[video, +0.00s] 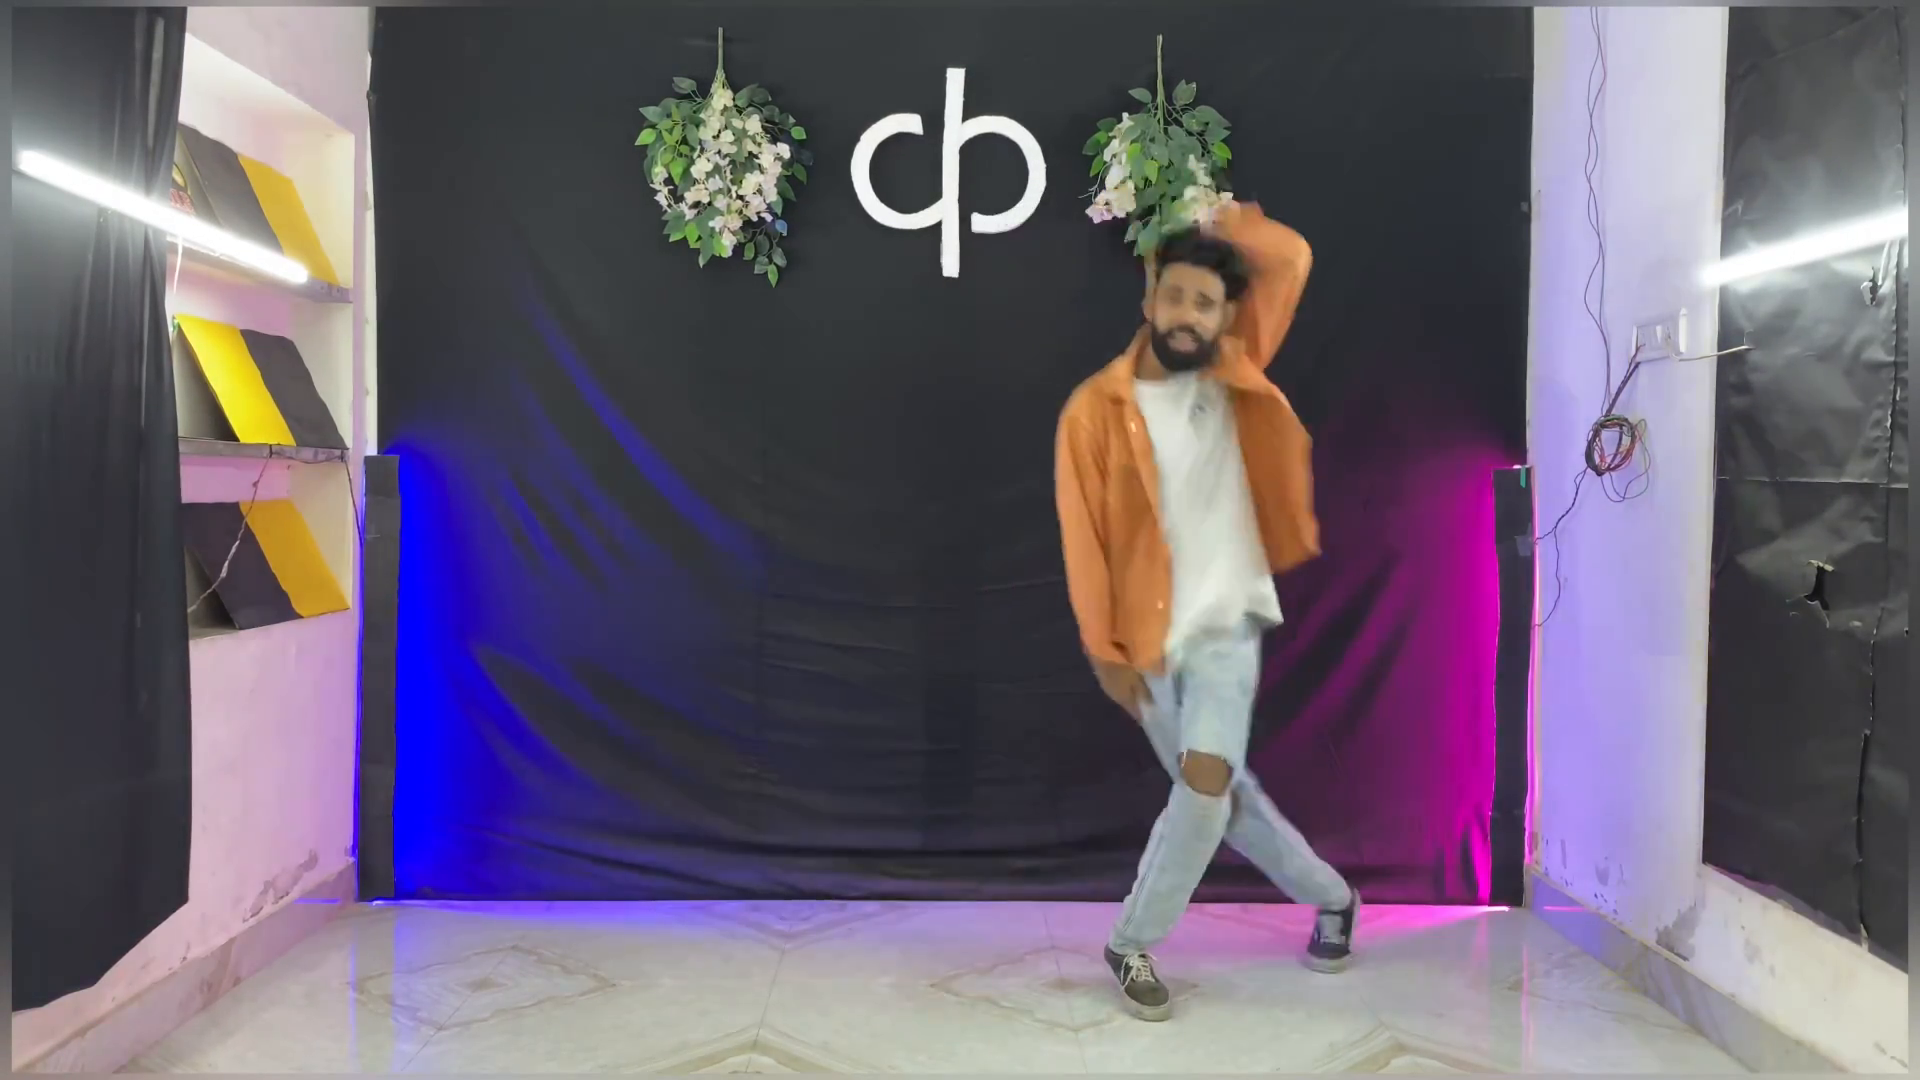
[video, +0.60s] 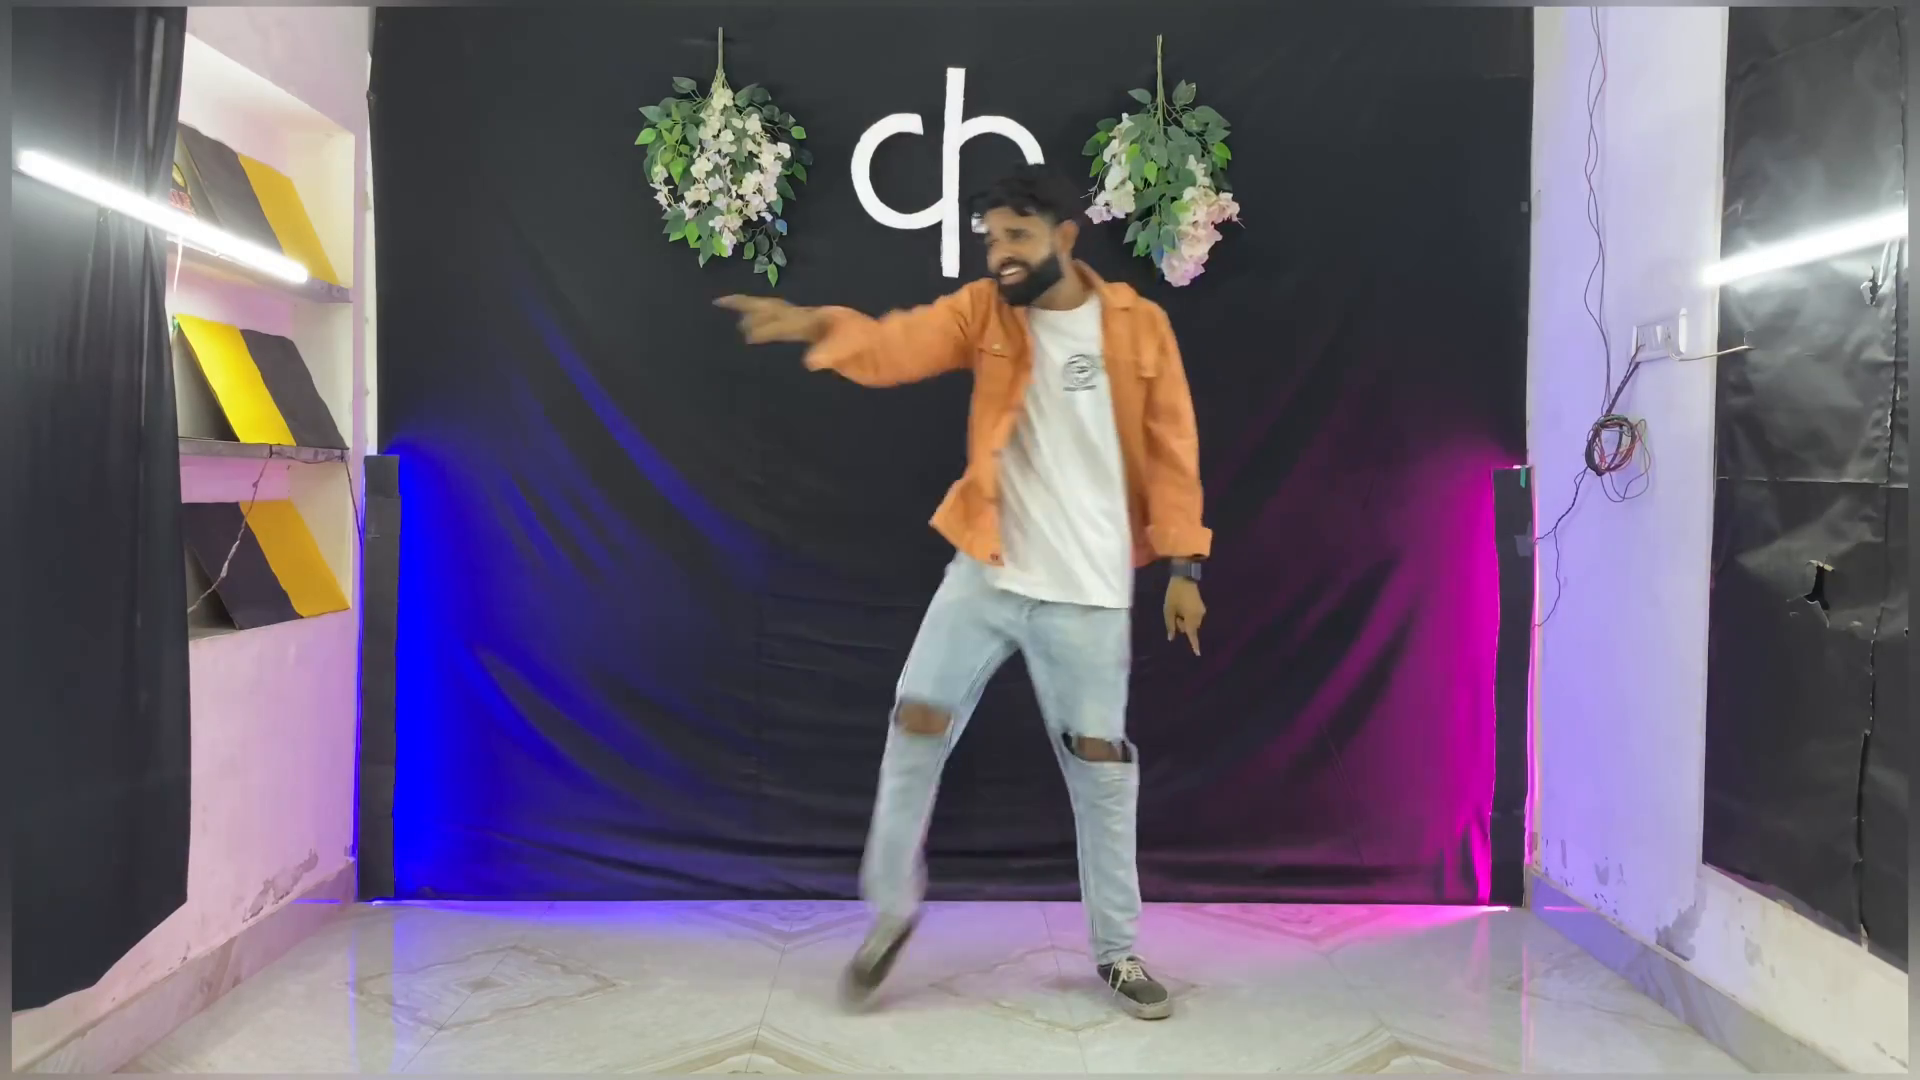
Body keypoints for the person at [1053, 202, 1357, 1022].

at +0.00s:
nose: (1188, 316)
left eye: (1205, 302)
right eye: (1174, 296)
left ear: (1227, 313)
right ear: (1148, 301)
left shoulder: (1239, 376)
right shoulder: (1097, 406)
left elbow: (1291, 260)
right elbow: (1081, 535)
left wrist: (1220, 217)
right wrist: (1102, 648)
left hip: (1230, 610)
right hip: (1143, 624)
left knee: (1208, 776)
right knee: (1214, 789)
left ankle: (1132, 942)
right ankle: (1331, 899)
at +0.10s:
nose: (1172, 334)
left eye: (1192, 320)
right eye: (1162, 317)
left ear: (1232, 331)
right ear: (1150, 324)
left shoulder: (1250, 393)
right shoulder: (1110, 432)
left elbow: (1328, 318)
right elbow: (1098, 558)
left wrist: (1256, 314)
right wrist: (1115, 669)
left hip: (1240, 636)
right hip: (1152, 648)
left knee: (1215, 789)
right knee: (1231, 810)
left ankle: (1131, 944)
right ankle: (1342, 902)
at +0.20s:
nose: (1152, 306)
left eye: (1172, 292)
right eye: (1144, 290)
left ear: (1216, 300)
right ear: (1136, 294)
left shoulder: (1245, 381)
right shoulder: (1109, 379)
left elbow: (1334, 401)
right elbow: (1068, 496)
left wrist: (1251, 338)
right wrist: (1086, 615)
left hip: (1216, 605)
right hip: (1126, 611)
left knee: (1196, 769)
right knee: (1204, 778)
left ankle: (1129, 946)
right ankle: (1329, 894)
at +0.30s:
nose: (1119, 275)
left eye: (1138, 260)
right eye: (1111, 259)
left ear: (1187, 264)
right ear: (1102, 261)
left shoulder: (1221, 358)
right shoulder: (1074, 335)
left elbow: (1274, 477)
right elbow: (995, 417)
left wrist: (1250, 414)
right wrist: (1050, 506)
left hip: (1185, 600)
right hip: (1094, 592)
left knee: (1162, 762)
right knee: (1110, 782)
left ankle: (1125, 952)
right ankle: (1253, 834)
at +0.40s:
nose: (1081, 257)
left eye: (1099, 242)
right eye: (1072, 243)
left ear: (1149, 244)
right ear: (1066, 247)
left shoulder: (1204, 349)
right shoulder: (1039, 323)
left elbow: (1221, 452)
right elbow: (960, 375)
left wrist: (1226, 496)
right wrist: (993, 404)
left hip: (1158, 599)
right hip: (1058, 584)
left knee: (1148, 772)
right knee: (1020, 741)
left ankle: (1123, 952)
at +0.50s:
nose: (1041, 250)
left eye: (1059, 233)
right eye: (1032, 235)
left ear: (1109, 233)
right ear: (1027, 236)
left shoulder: (1173, 330)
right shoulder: (1013, 313)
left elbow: (1199, 454)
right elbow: (942, 389)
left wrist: (1202, 550)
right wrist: (914, 345)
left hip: (1121, 581)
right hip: (1022, 560)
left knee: (1125, 758)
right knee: (953, 697)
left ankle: (1123, 948)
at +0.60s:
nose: (1001, 254)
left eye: (1018, 237)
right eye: (991, 239)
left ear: (1065, 233)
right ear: (986, 241)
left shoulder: (1137, 324)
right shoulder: (986, 312)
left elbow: (1171, 445)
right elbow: (902, 342)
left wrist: (1182, 565)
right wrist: (815, 324)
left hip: (1087, 587)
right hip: (986, 567)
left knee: (1101, 760)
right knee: (918, 719)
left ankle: (1118, 948)